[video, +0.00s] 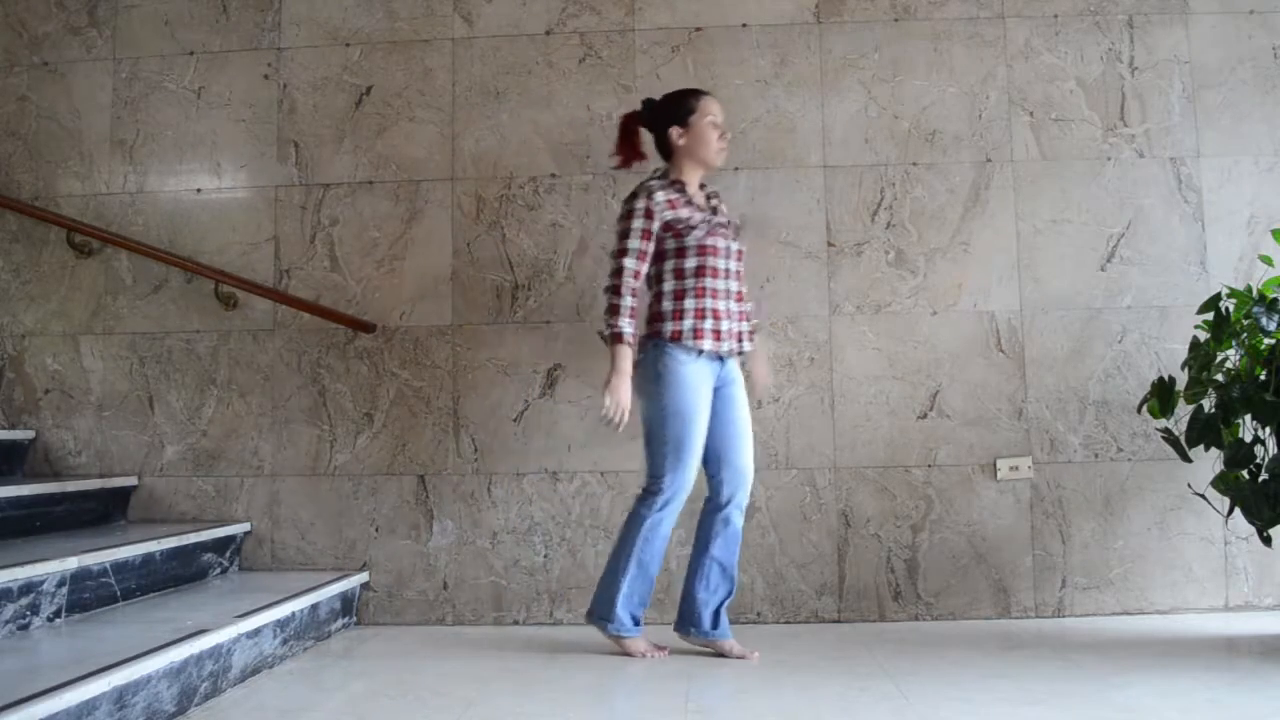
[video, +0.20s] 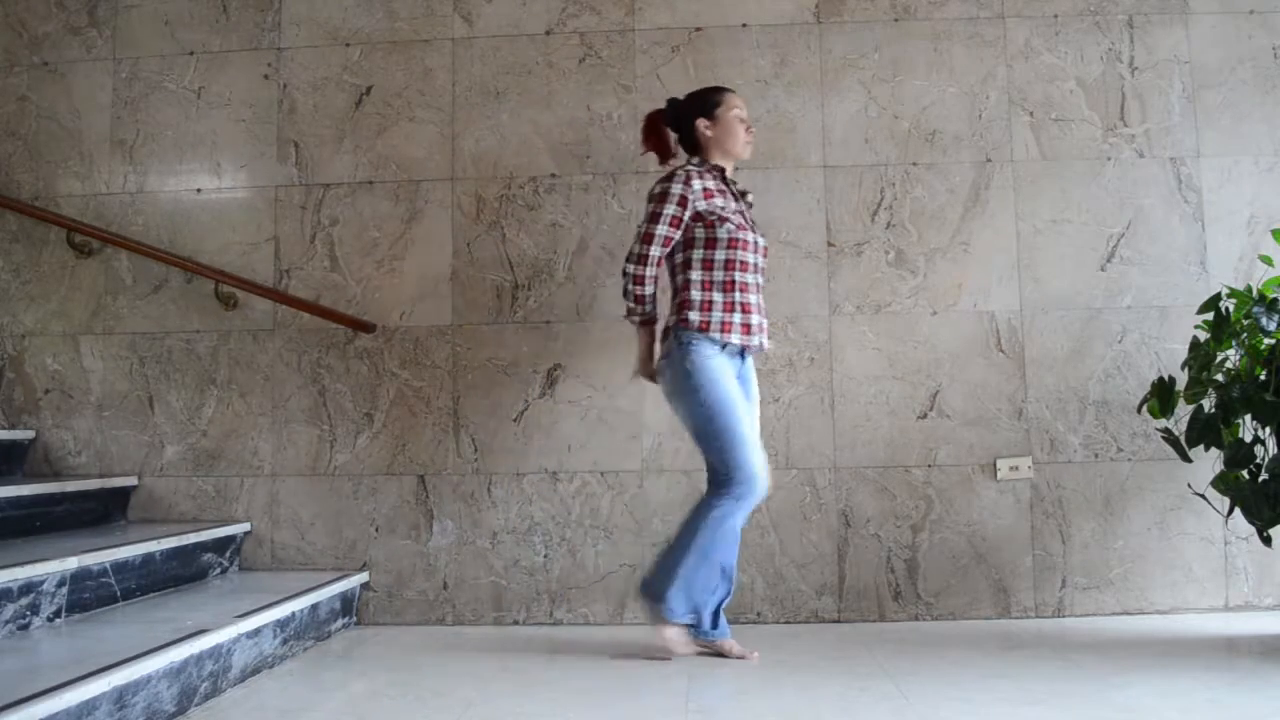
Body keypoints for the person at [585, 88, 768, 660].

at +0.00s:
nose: (725, 134)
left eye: (724, 125)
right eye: (713, 125)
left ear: (702, 138)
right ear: (677, 136)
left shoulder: (717, 209)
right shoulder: (651, 199)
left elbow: (732, 287)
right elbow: (628, 283)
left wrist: (750, 348)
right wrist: (620, 369)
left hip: (727, 362)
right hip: (678, 357)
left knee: (734, 486)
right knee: (668, 486)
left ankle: (705, 621)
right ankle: (617, 615)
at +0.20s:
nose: (750, 128)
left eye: (748, 119)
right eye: (740, 119)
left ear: (720, 131)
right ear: (705, 129)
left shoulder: (732, 193)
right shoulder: (685, 181)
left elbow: (729, 274)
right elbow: (643, 261)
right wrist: (647, 337)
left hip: (738, 354)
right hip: (696, 350)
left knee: (739, 483)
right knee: (745, 478)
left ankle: (707, 622)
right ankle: (667, 603)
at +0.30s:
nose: (759, 129)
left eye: (758, 120)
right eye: (748, 119)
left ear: (722, 131)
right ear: (712, 128)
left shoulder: (730, 190)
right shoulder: (698, 178)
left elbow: (705, 273)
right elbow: (649, 258)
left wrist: (670, 330)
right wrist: (657, 313)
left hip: (726, 350)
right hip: (707, 347)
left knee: (731, 480)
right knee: (772, 468)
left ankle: (699, 614)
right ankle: (722, 616)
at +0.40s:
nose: (765, 127)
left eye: (764, 119)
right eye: (755, 118)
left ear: (729, 127)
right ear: (720, 125)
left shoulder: (737, 185)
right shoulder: (709, 171)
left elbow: (713, 272)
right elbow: (661, 248)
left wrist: (683, 344)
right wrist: (664, 308)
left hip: (730, 341)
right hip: (716, 340)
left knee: (732, 482)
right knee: (777, 467)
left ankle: (704, 618)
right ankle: (777, 622)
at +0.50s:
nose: (767, 133)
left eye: (767, 125)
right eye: (757, 123)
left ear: (732, 131)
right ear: (722, 128)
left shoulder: (738, 184)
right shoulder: (718, 172)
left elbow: (717, 278)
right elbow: (681, 247)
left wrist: (692, 355)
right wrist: (670, 318)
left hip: (730, 342)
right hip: (731, 342)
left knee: (734, 487)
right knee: (776, 479)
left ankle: (703, 620)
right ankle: (781, 628)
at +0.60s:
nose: (770, 133)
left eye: (770, 125)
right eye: (760, 122)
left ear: (731, 128)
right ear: (724, 126)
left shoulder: (738, 181)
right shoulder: (723, 171)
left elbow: (714, 275)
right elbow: (697, 245)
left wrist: (685, 356)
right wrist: (677, 331)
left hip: (726, 342)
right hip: (740, 341)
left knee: (735, 483)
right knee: (776, 480)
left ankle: (704, 615)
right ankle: (774, 625)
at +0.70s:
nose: (775, 127)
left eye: (775, 119)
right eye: (765, 117)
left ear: (737, 124)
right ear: (729, 121)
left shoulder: (740, 174)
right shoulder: (729, 167)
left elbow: (714, 262)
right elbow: (707, 245)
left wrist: (683, 350)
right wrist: (692, 332)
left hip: (725, 336)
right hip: (737, 335)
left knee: (738, 478)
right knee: (794, 467)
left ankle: (705, 614)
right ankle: (787, 618)